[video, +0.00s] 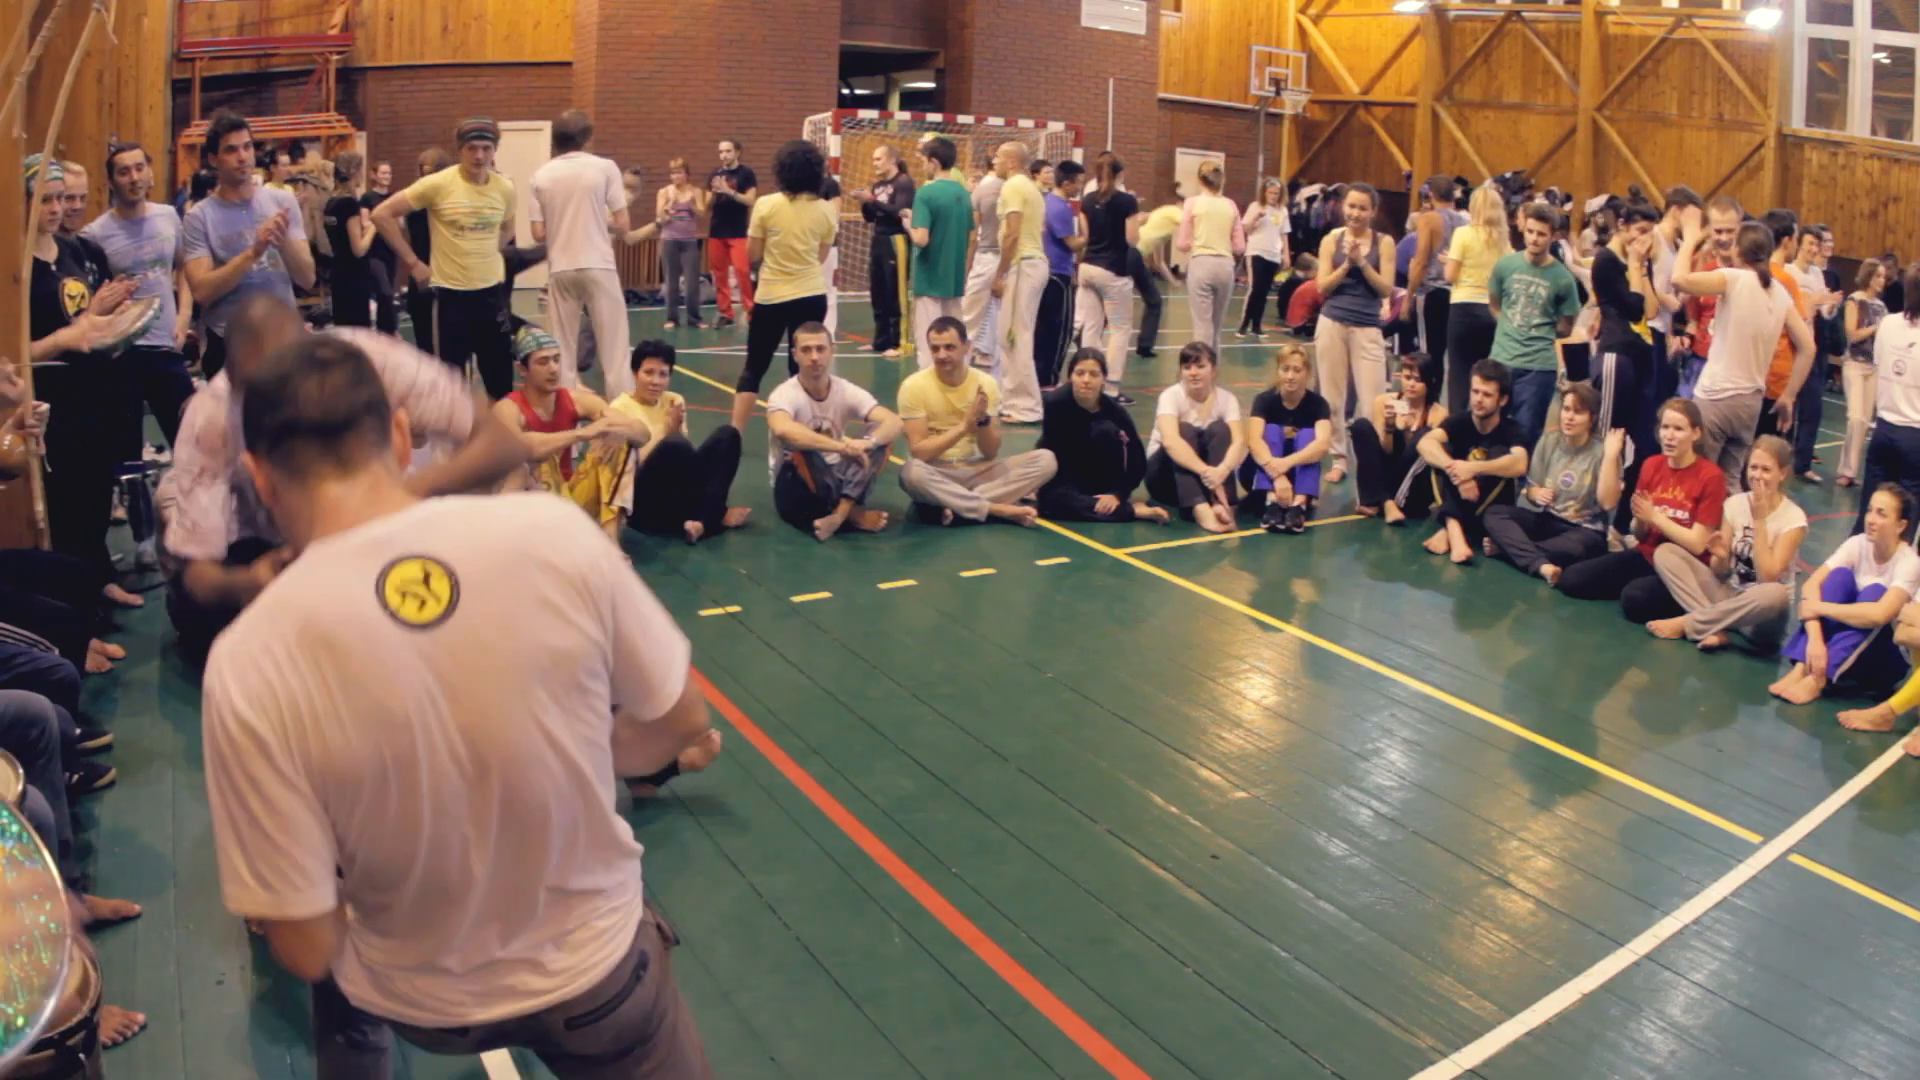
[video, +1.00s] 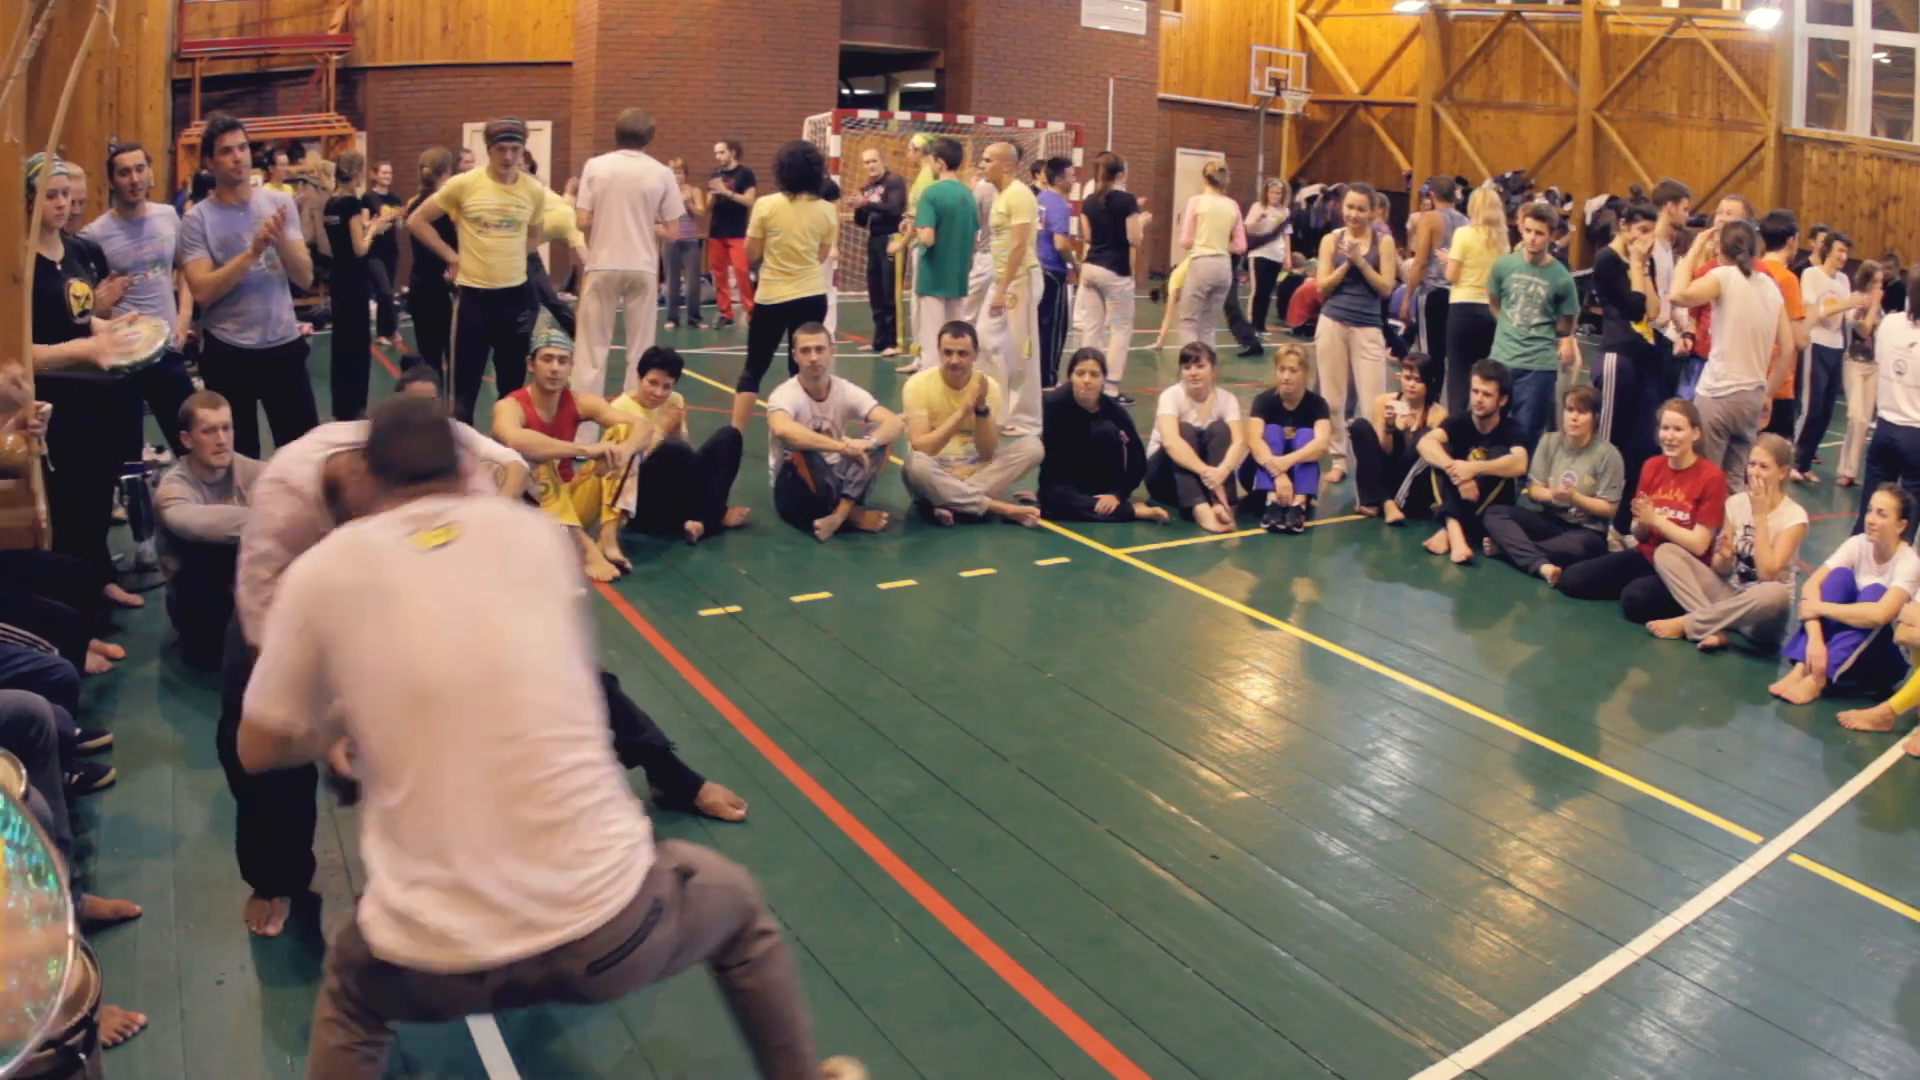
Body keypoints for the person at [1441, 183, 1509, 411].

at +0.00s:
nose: (1470, 210)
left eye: (1472, 206)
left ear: (1473, 208)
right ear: (1499, 210)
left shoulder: (1463, 233)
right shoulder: (1504, 238)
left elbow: (1451, 274)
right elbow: (1508, 273)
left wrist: (1448, 261)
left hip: (1464, 303)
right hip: (1492, 305)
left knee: (1459, 370)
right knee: (1484, 368)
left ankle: (1457, 423)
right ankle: (1483, 424)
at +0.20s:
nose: (1470, 209)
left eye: (1472, 205)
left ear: (1474, 208)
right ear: (1499, 210)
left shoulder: (1464, 233)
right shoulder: (1503, 238)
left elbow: (1452, 273)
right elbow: (1506, 273)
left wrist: (1446, 261)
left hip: (1464, 302)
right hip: (1491, 305)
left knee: (1459, 369)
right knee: (1483, 367)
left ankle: (1457, 422)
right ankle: (1482, 423)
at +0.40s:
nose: (1469, 210)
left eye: (1471, 206)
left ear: (1474, 208)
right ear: (1500, 210)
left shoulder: (1464, 233)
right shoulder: (1503, 237)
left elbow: (1453, 273)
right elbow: (1505, 272)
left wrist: (1445, 260)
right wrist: (1456, 258)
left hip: (1464, 302)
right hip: (1491, 305)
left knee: (1459, 368)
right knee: (1484, 366)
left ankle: (1457, 422)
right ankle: (1482, 423)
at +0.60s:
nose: (1469, 210)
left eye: (1471, 206)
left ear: (1474, 208)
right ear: (1500, 210)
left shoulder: (1464, 233)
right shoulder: (1505, 239)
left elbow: (1451, 273)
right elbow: (1507, 274)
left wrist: (1447, 260)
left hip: (1464, 302)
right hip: (1492, 305)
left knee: (1459, 369)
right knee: (1484, 368)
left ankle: (1457, 422)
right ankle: (1482, 424)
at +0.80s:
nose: (1469, 210)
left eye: (1471, 206)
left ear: (1474, 208)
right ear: (1499, 210)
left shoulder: (1464, 234)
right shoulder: (1503, 238)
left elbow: (1454, 273)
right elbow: (1503, 273)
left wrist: (1444, 259)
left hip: (1463, 303)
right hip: (1491, 305)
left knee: (1458, 369)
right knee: (1483, 368)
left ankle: (1456, 423)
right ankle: (1481, 424)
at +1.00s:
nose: (1469, 210)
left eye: (1470, 206)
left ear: (1472, 208)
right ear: (1498, 210)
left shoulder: (1464, 233)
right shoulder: (1502, 238)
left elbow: (1452, 274)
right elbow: (1504, 273)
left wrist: (1446, 260)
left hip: (1463, 302)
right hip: (1491, 305)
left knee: (1458, 368)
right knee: (1484, 366)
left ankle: (1457, 422)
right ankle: (1483, 423)